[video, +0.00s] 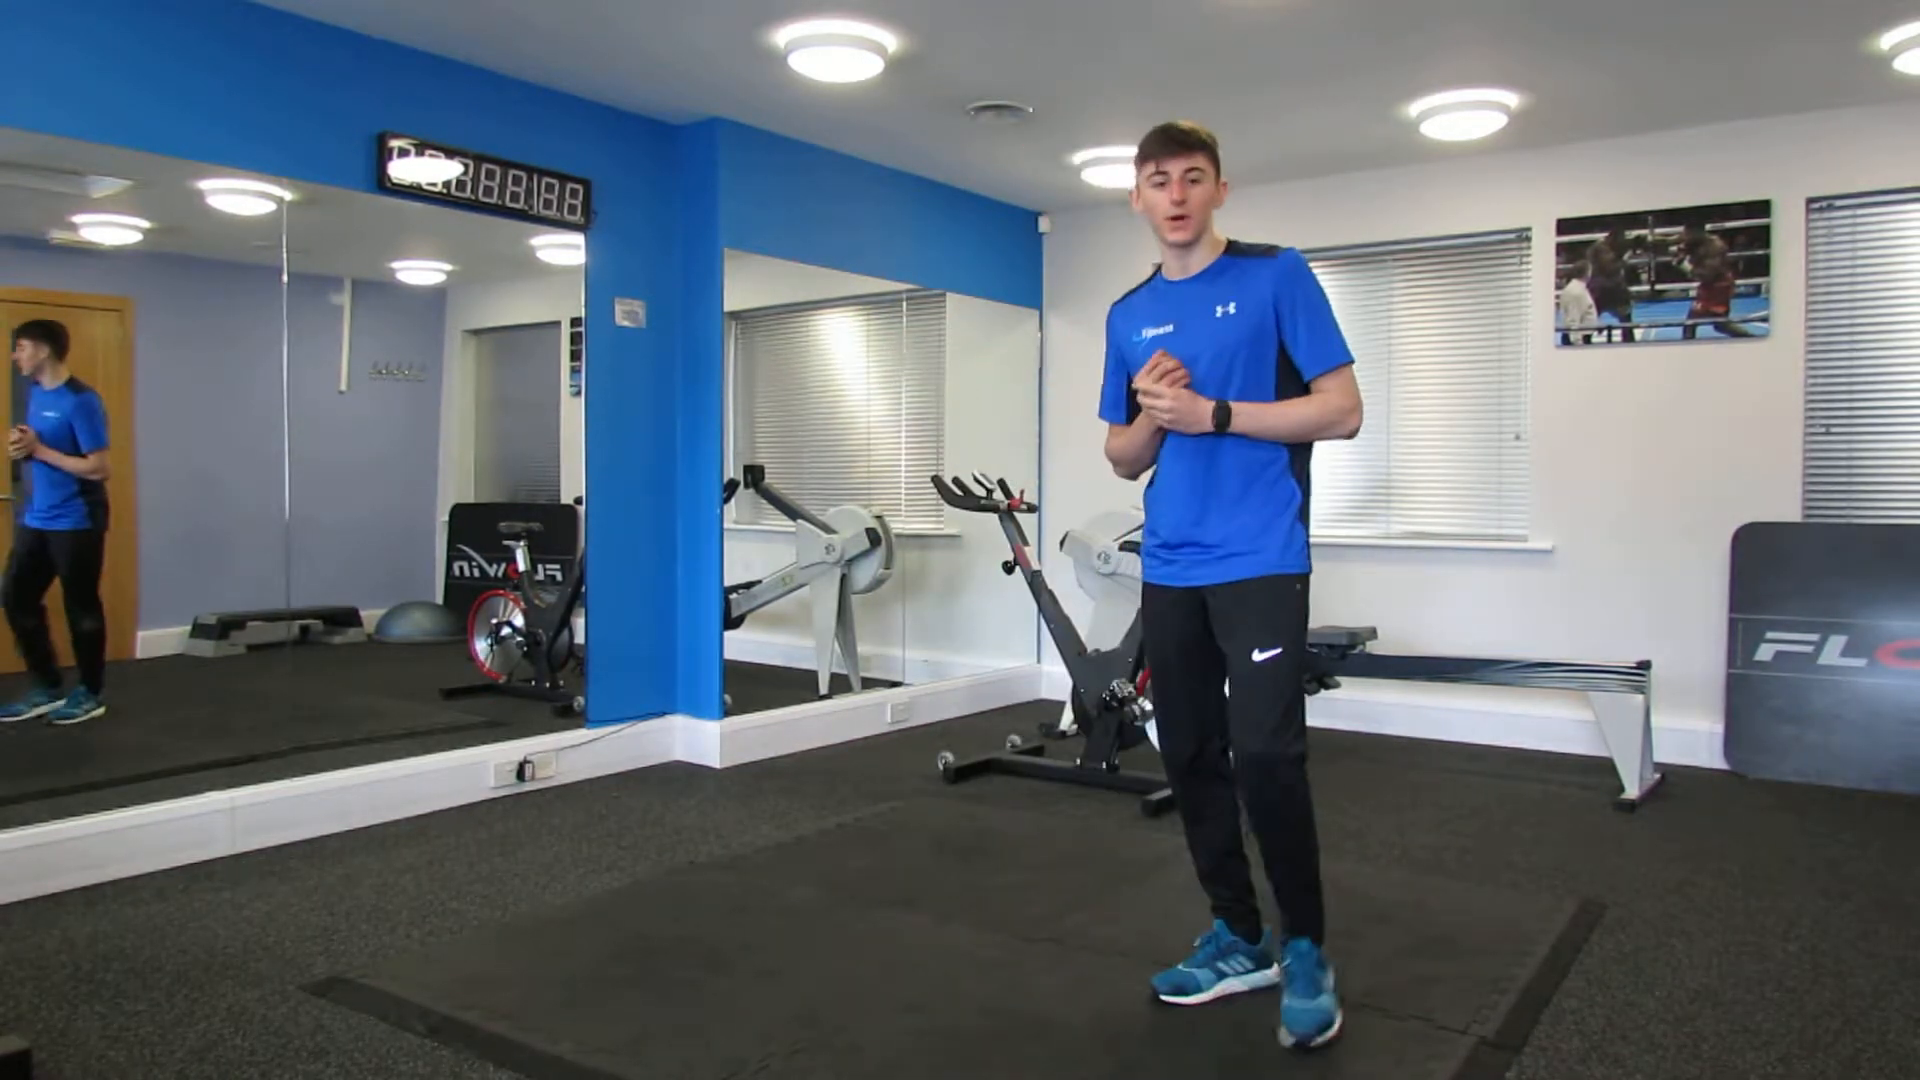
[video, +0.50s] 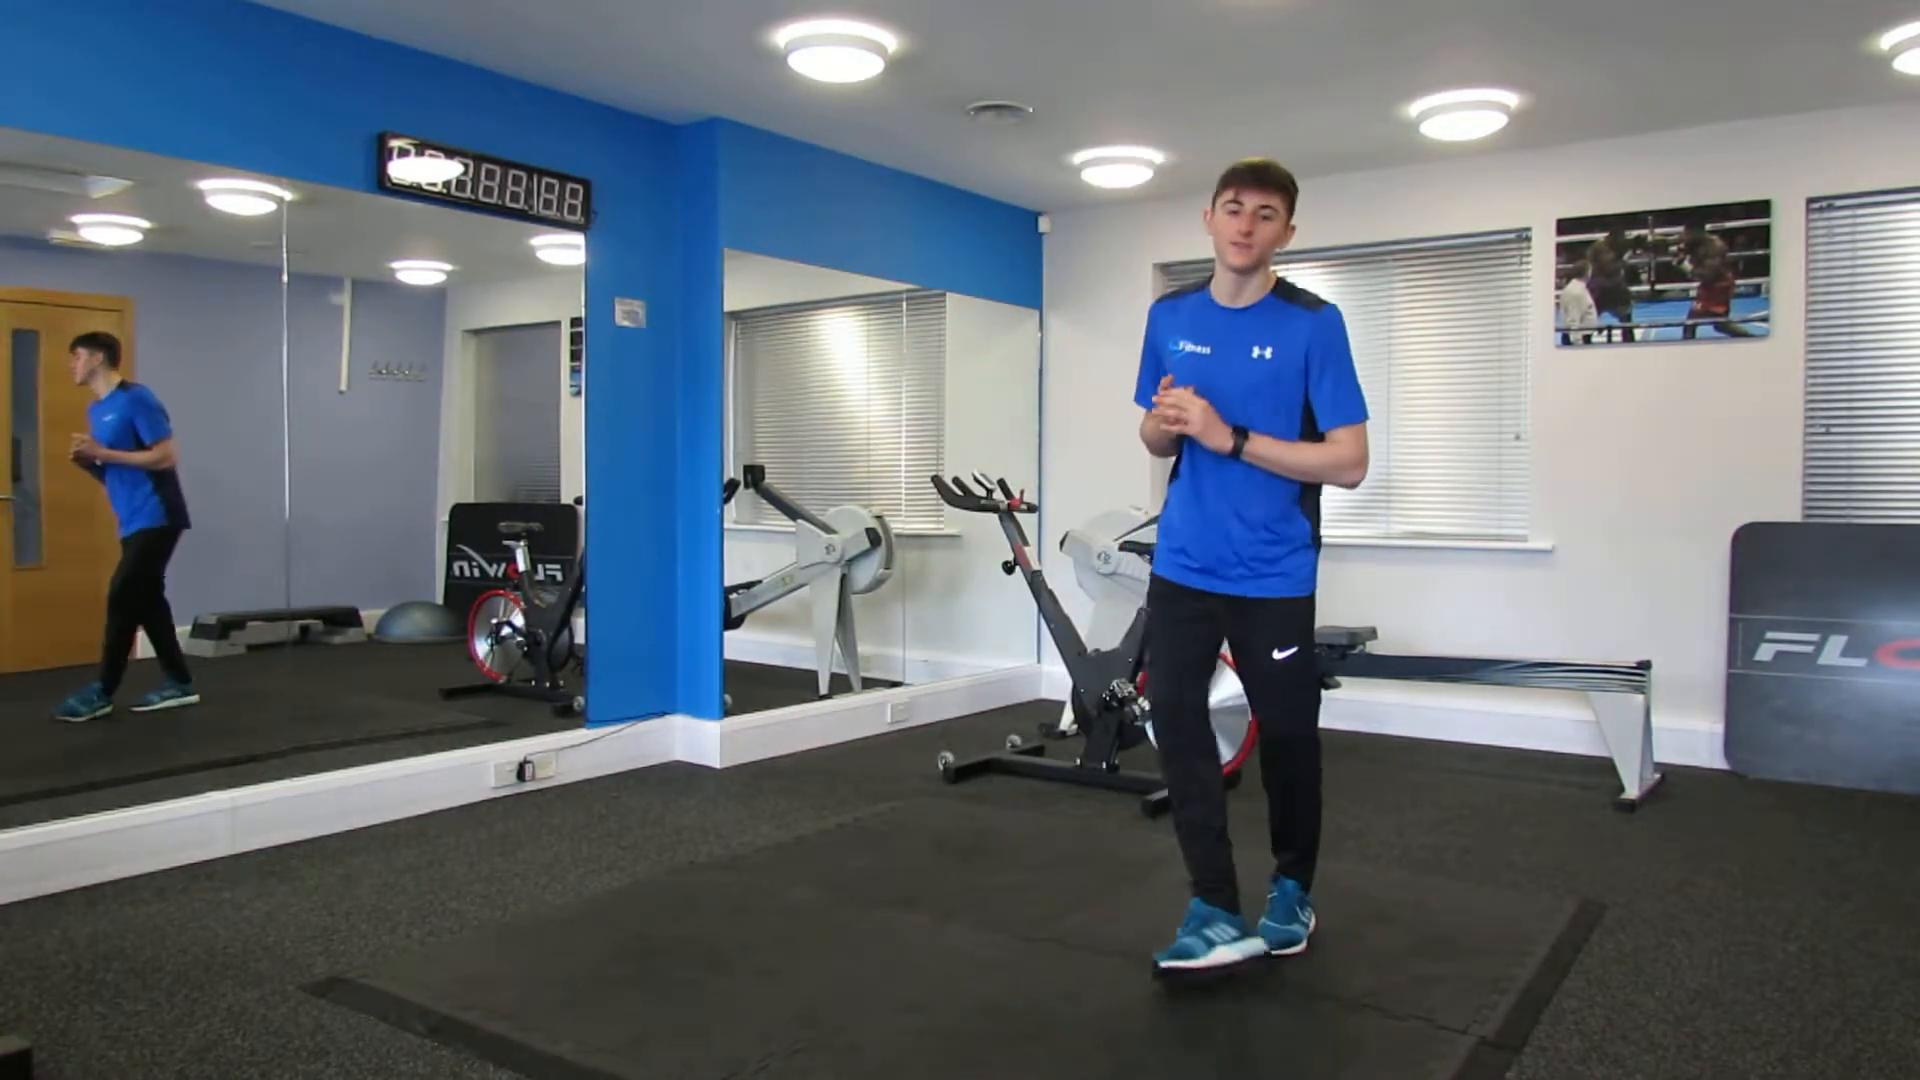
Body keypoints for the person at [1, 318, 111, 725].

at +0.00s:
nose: (15, 356)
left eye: (21, 348)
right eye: (16, 348)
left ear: (47, 351)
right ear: (37, 353)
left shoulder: (83, 401)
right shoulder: (36, 396)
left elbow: (100, 467)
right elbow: (46, 449)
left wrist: (40, 450)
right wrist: (23, 446)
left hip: (79, 526)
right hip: (39, 523)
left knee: (82, 605)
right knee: (19, 599)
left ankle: (91, 692)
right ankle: (48, 688)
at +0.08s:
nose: (30, 354)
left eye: (37, 346)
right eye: (30, 347)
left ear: (61, 350)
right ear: (48, 353)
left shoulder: (94, 401)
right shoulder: (49, 395)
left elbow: (106, 468)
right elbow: (55, 447)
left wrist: (48, 449)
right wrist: (31, 444)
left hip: (87, 523)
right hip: (52, 519)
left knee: (86, 602)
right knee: (41, 600)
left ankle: (92, 689)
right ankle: (98, 671)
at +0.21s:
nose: (50, 355)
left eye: (56, 347)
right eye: (51, 347)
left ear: (77, 350)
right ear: (71, 352)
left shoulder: (110, 399)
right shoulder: (68, 396)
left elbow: (117, 464)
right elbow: (73, 451)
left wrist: (62, 444)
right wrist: (47, 443)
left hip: (103, 521)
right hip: (73, 518)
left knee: (95, 602)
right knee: (84, 599)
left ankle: (93, 692)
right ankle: (152, 663)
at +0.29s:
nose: (60, 355)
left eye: (65, 347)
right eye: (61, 347)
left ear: (88, 351)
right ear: (83, 352)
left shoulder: (119, 399)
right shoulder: (78, 397)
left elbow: (130, 463)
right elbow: (86, 456)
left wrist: (74, 444)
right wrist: (60, 445)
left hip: (116, 522)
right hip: (90, 521)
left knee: (105, 606)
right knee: (118, 601)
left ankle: (92, 693)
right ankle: (171, 674)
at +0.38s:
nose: (67, 357)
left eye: (73, 349)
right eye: (68, 349)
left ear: (95, 352)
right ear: (90, 354)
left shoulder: (126, 399)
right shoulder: (87, 402)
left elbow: (142, 462)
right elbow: (100, 463)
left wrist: (85, 446)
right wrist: (71, 448)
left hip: (133, 521)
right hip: (109, 522)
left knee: (115, 606)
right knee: (138, 602)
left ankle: (94, 692)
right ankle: (178, 680)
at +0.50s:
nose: (73, 366)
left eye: (78, 357)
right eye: (73, 358)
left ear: (100, 358)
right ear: (95, 361)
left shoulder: (138, 398)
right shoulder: (96, 411)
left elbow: (167, 455)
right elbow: (114, 475)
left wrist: (104, 453)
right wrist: (86, 460)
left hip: (159, 519)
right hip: (132, 524)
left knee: (122, 596)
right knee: (150, 602)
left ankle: (104, 691)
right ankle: (181, 682)